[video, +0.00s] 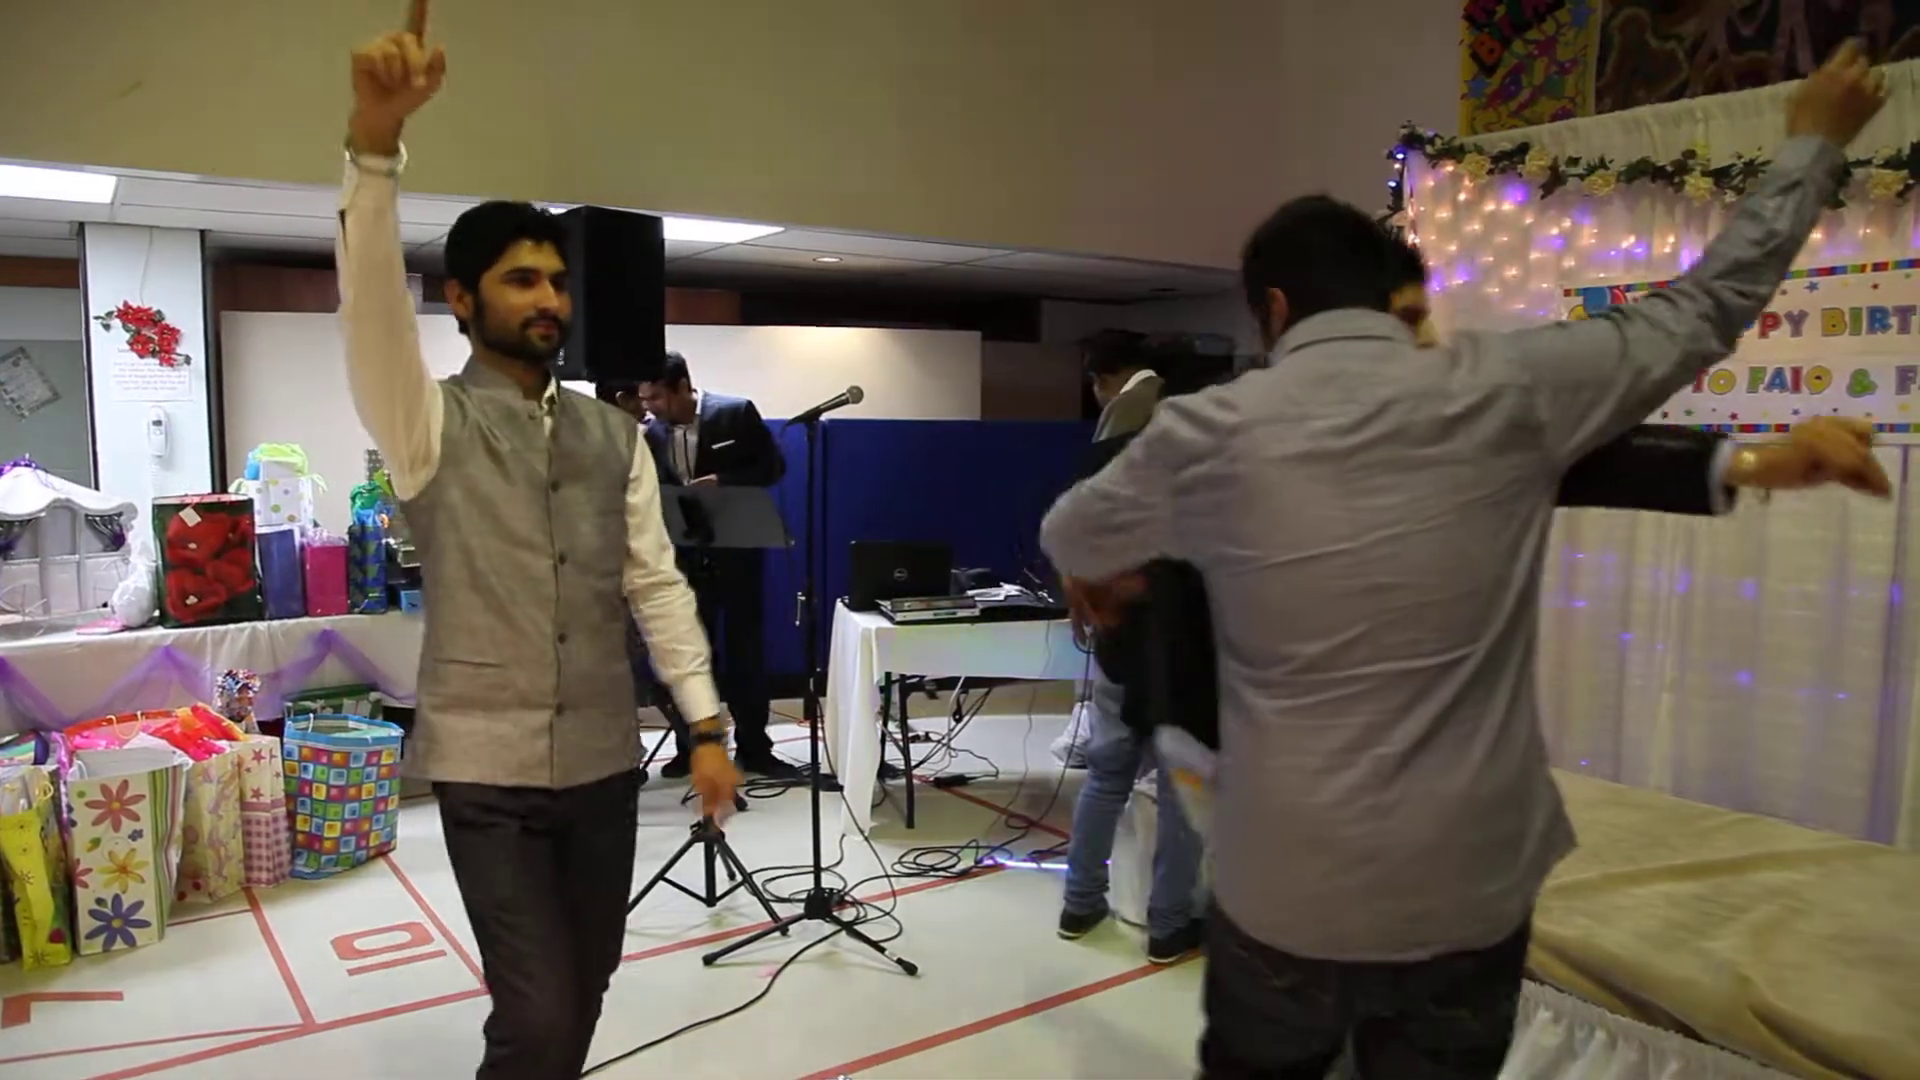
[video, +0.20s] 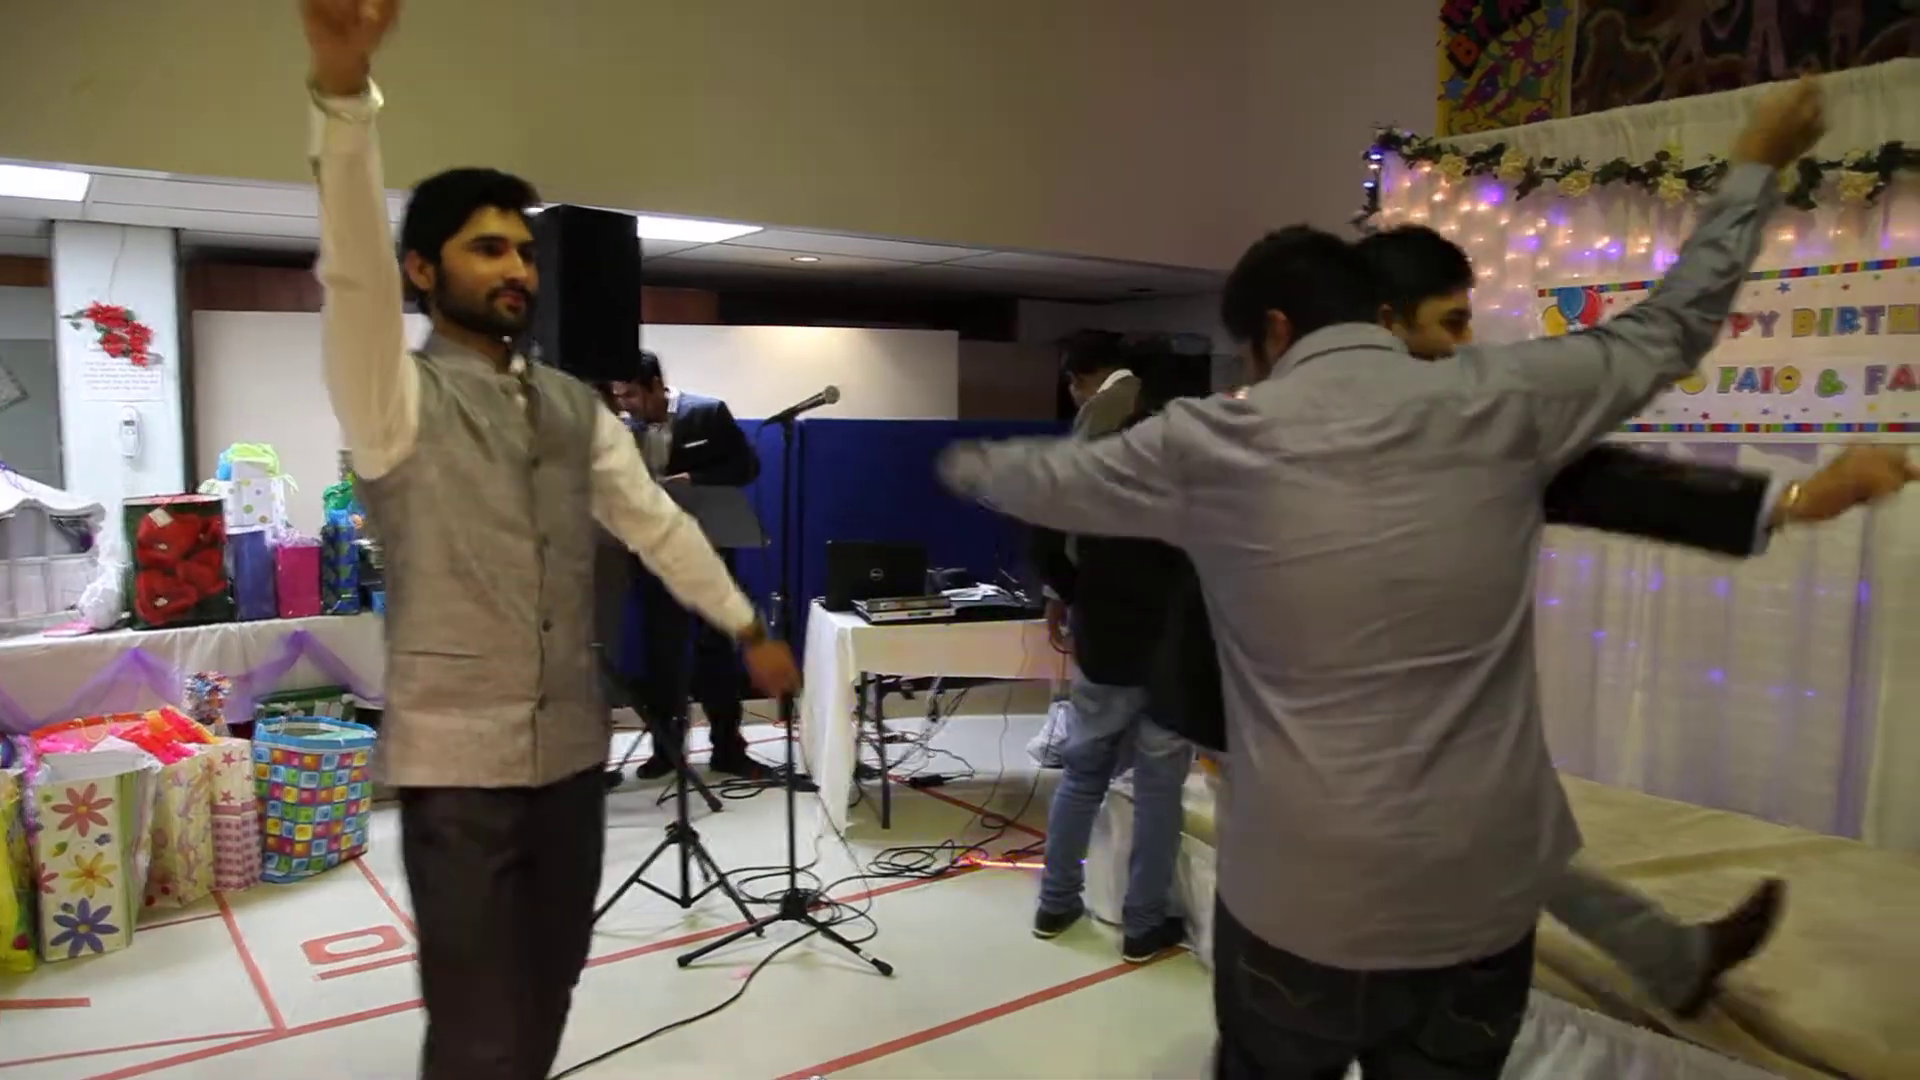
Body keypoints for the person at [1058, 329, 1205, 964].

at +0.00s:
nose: (1095, 392)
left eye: (1097, 382)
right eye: (1096, 381)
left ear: (1109, 383)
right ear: (1155, 379)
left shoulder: (1105, 451)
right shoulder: (1193, 445)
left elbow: (1075, 529)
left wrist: (1083, 602)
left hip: (1117, 638)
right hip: (1185, 641)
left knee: (1104, 774)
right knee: (1182, 787)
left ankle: (1081, 901)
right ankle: (1172, 920)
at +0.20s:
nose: (1073, 394)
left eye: (1075, 385)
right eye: (1073, 384)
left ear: (1088, 381)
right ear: (1134, 374)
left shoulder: (1081, 446)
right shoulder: (1193, 438)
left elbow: (1043, 542)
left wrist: (1075, 592)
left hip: (1108, 634)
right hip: (1182, 640)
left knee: (1082, 774)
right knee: (1160, 789)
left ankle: (1057, 901)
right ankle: (1146, 922)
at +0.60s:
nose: (1052, 381)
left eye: (1059, 367)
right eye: (1052, 370)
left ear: (1091, 370)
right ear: (1153, 378)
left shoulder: (1072, 439)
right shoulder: (1182, 441)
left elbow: (1029, 544)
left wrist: (1065, 593)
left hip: (1091, 639)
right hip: (1163, 642)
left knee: (1067, 779)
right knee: (1151, 784)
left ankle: (1042, 900)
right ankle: (1130, 908)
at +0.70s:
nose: (1040, 384)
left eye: (1052, 370)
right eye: (1037, 371)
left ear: (1088, 367)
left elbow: (1024, 541)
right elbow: (1023, 539)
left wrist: (1040, 596)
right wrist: (1038, 597)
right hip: (1076, 624)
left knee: (1067, 762)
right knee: (1061, 759)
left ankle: (1042, 897)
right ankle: (1036, 896)